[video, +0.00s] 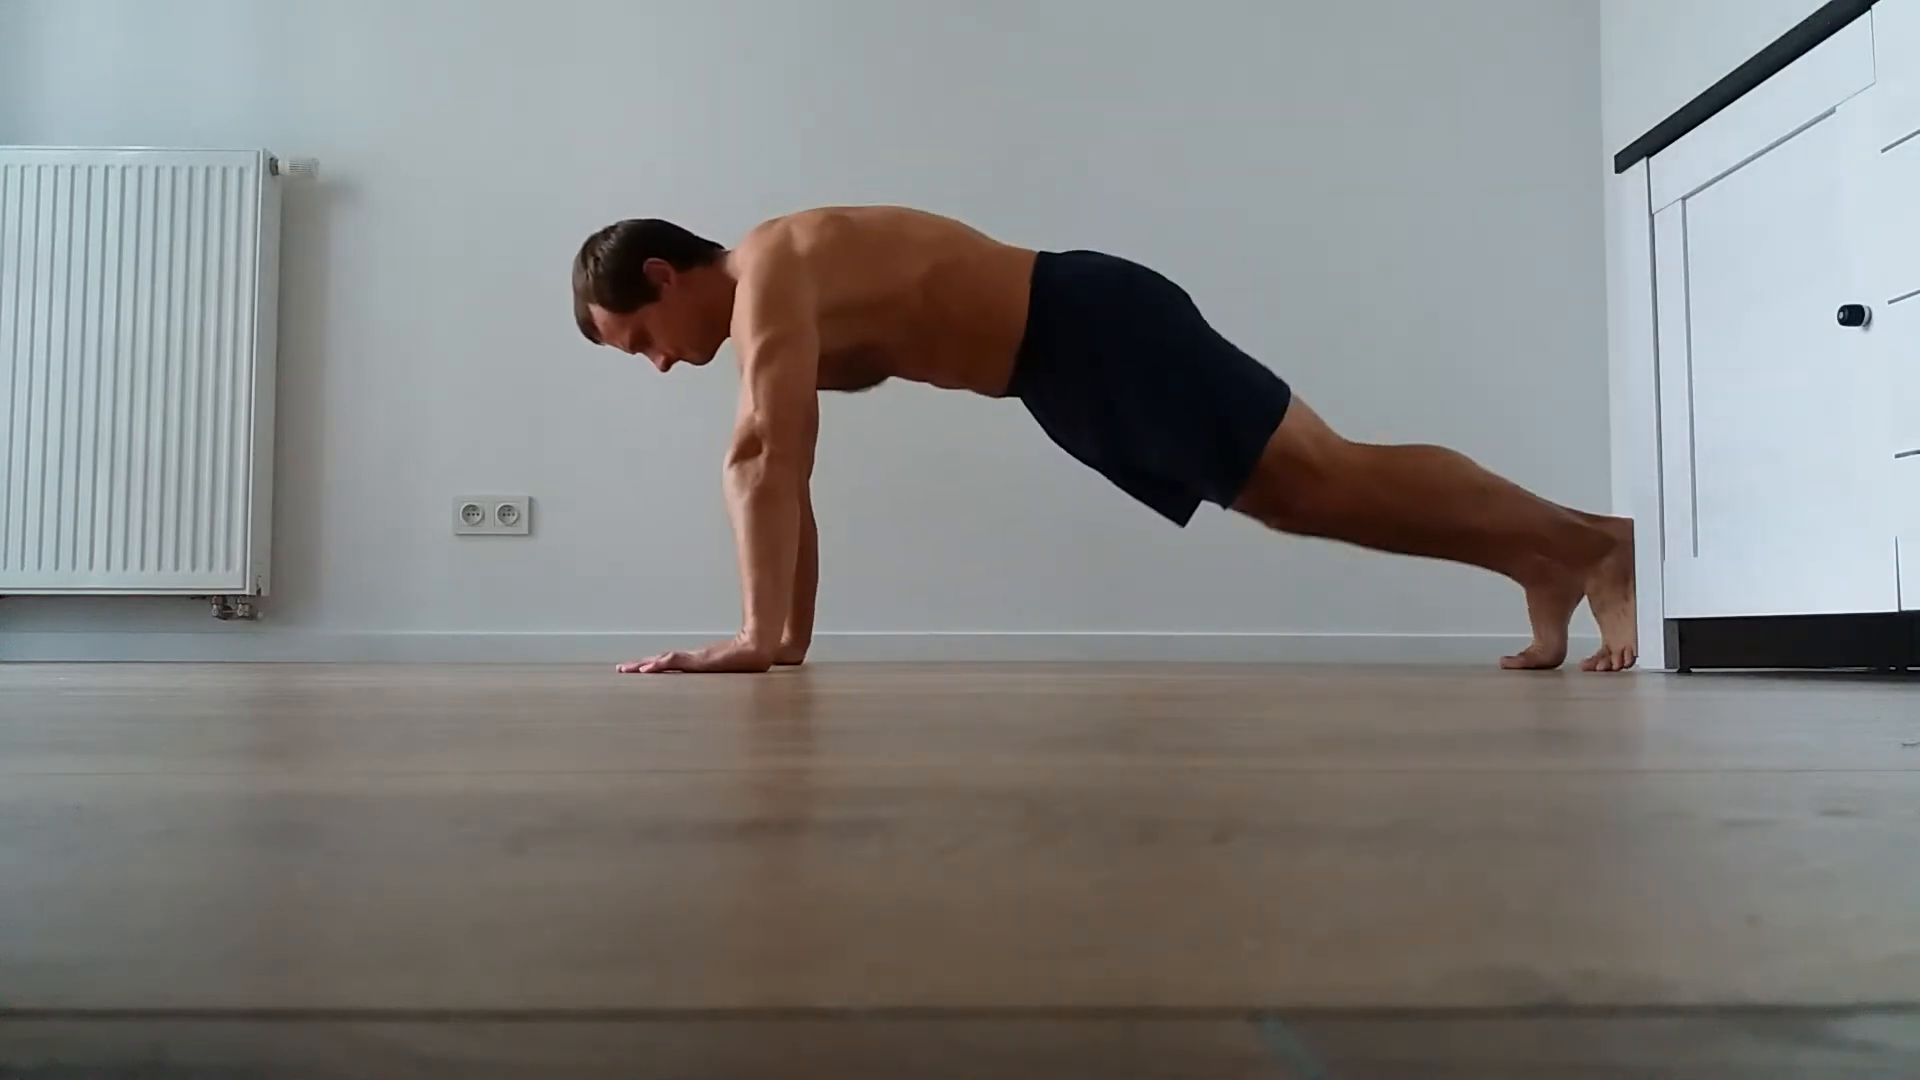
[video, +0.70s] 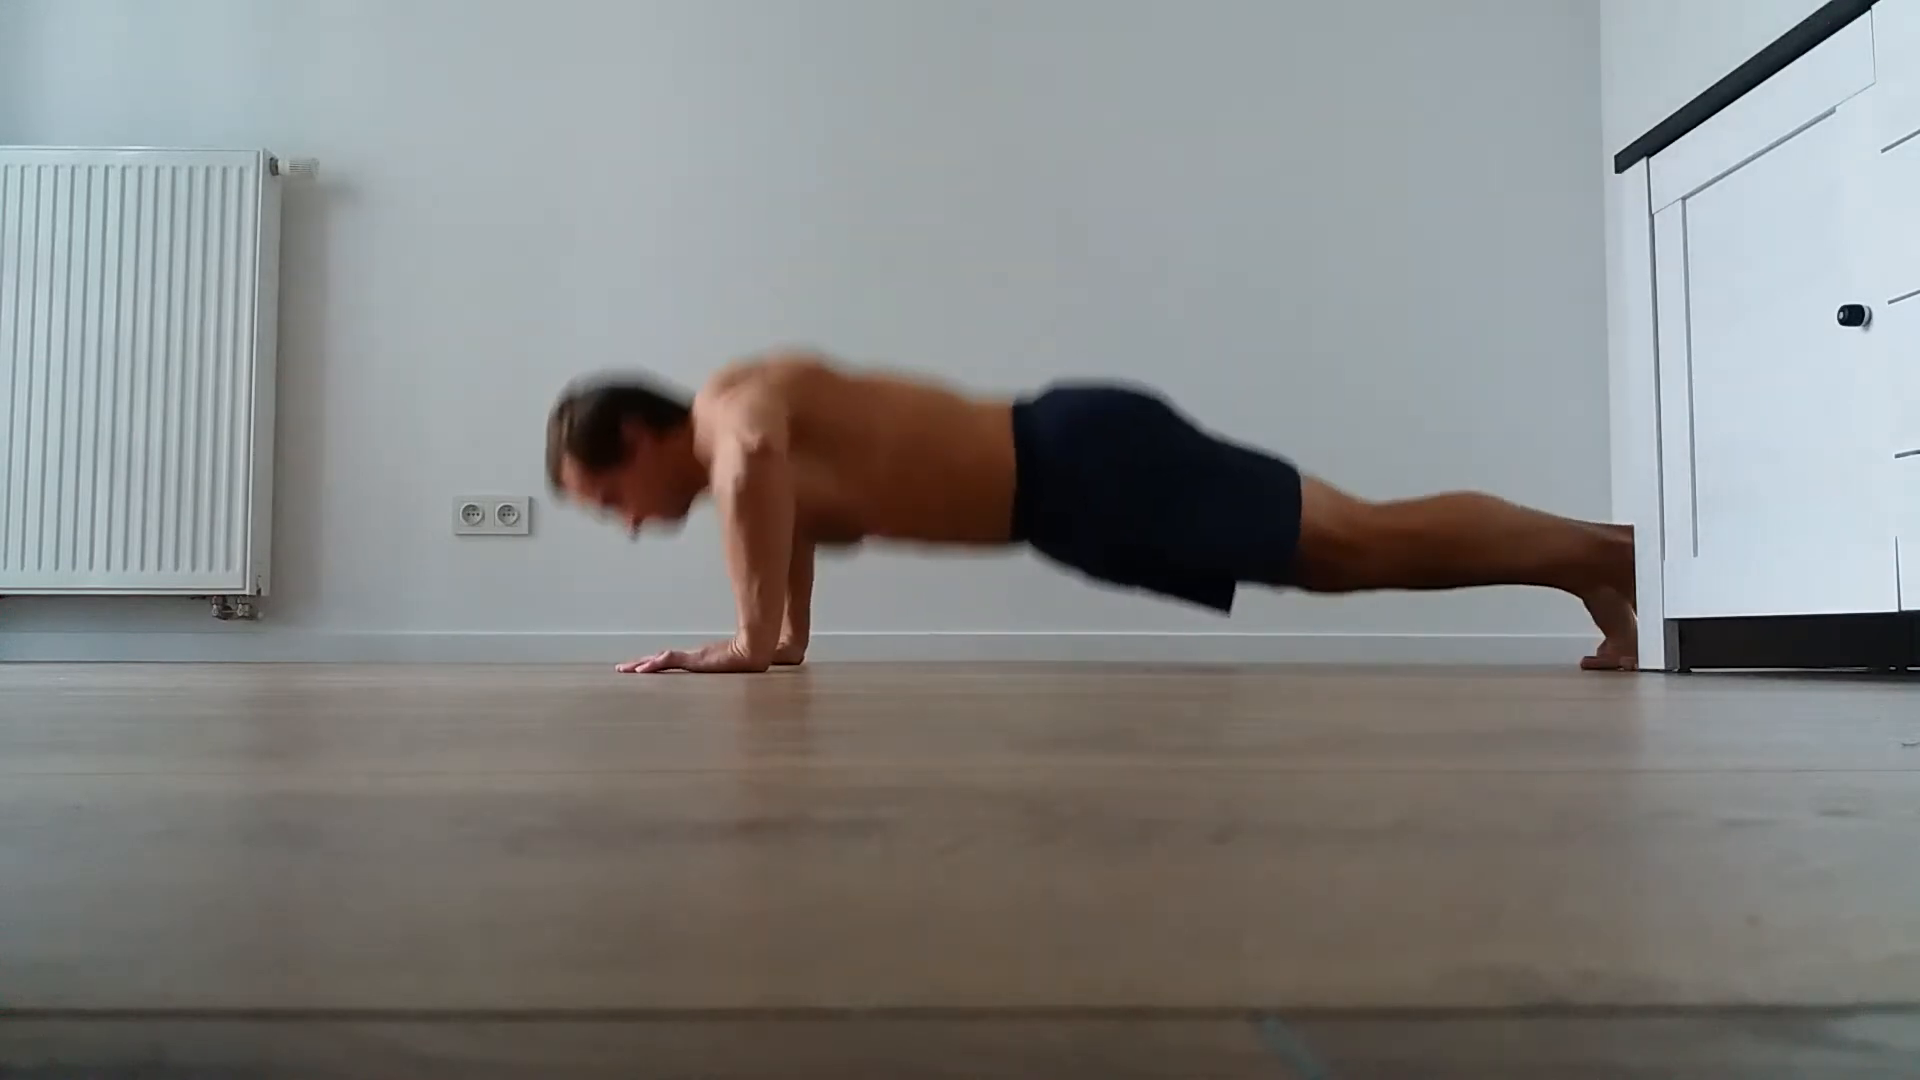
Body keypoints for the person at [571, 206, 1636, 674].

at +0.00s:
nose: (650, 360)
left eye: (634, 338)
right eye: (634, 349)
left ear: (660, 282)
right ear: (663, 287)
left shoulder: (774, 270)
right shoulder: (769, 290)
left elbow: (762, 464)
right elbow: (782, 481)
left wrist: (758, 638)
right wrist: (788, 639)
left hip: (1092, 330)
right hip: (1072, 354)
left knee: (1322, 483)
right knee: (1301, 492)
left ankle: (1589, 544)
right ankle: (1537, 564)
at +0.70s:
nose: (632, 522)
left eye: (615, 502)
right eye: (616, 511)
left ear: (631, 444)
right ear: (647, 445)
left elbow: (758, 461)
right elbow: (811, 525)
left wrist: (761, 633)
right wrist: (780, 645)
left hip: (1075, 467)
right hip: (1066, 481)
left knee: (1346, 544)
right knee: (1341, 544)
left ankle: (1598, 557)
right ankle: (1587, 556)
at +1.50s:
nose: (632, 409)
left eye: (619, 389)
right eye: (616, 397)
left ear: (649, 339)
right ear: (657, 337)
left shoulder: (753, 338)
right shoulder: (764, 344)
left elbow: (759, 476)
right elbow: (794, 490)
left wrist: (754, 638)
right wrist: (790, 637)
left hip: (1081, 440)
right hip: (1074, 438)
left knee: (1356, 529)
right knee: (1347, 527)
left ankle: (1595, 555)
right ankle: (1581, 560)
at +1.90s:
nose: (625, 584)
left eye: (610, 568)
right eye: (608, 576)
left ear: (631, 518)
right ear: (629, 531)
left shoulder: (723, 481)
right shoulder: (741, 504)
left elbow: (722, 466)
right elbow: (795, 623)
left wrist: (758, 630)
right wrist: (738, 649)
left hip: (1065, 521)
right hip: (1059, 534)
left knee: (1352, 564)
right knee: (1347, 562)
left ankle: (1597, 557)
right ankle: (1589, 560)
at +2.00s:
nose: (628, 494)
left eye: (613, 475)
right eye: (612, 481)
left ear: (641, 434)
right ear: (661, 410)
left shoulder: (729, 440)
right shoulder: (755, 410)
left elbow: (743, 510)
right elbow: (779, 512)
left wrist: (747, 646)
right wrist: (785, 642)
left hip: (1080, 458)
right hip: (1077, 443)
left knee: (1354, 528)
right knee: (1352, 523)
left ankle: (1598, 555)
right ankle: (1589, 553)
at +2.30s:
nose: (635, 386)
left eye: (621, 364)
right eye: (620, 374)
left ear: (652, 313)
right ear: (656, 321)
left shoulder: (764, 306)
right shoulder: (763, 333)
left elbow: (756, 477)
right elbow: (789, 494)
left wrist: (754, 640)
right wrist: (789, 641)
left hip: (1088, 421)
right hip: (1075, 435)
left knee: (1358, 522)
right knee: (1346, 527)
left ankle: (1596, 552)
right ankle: (1577, 562)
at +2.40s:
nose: (628, 490)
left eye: (612, 470)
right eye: (610, 478)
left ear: (640, 417)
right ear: (650, 412)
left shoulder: (733, 389)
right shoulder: (752, 403)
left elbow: (753, 465)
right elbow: (791, 506)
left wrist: (755, 634)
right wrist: (785, 644)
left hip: (1076, 485)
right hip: (1067, 488)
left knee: (1355, 552)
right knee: (1348, 547)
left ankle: (1592, 560)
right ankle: (1584, 555)